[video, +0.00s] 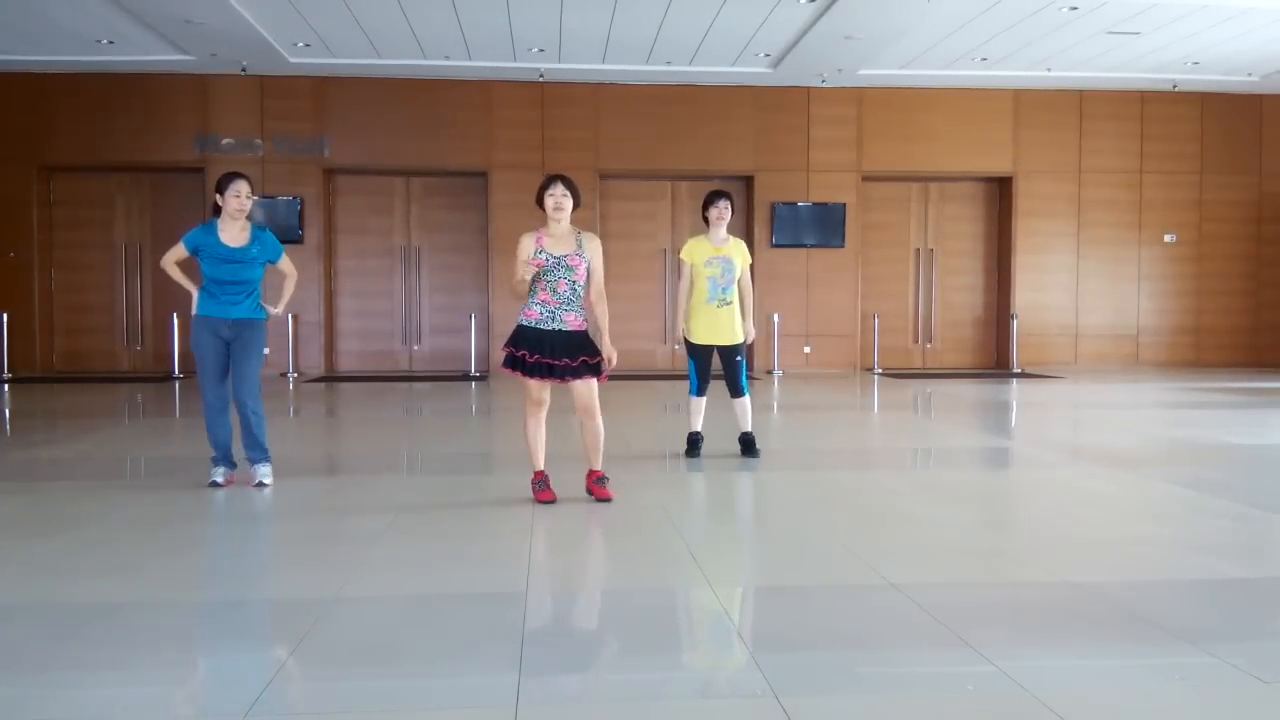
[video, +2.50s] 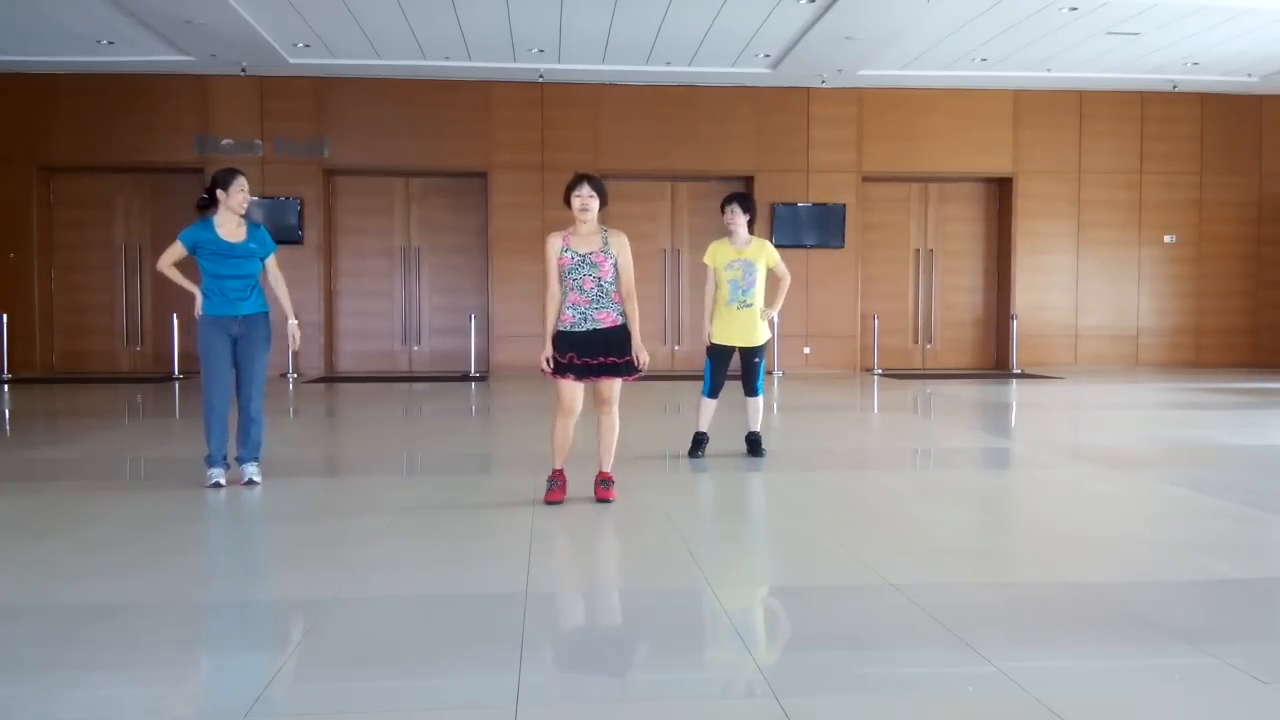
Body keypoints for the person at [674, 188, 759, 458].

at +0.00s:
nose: (721, 212)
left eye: (726, 208)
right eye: (716, 207)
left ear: (731, 214)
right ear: (706, 213)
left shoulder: (739, 247)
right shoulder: (693, 246)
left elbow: (746, 286)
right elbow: (684, 285)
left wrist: (748, 322)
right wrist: (679, 321)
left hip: (731, 327)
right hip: (698, 327)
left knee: (738, 385)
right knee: (698, 386)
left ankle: (747, 436)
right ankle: (695, 436)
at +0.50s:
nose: (741, 213)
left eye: (745, 209)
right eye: (735, 208)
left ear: (752, 215)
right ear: (726, 214)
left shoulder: (762, 248)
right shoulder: (715, 248)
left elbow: (775, 285)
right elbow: (708, 288)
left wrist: (778, 319)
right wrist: (706, 324)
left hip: (756, 328)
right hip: (724, 327)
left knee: (751, 386)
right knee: (718, 386)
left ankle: (749, 437)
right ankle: (708, 436)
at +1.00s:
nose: (739, 212)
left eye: (744, 208)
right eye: (734, 207)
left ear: (751, 213)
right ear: (725, 213)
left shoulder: (762, 247)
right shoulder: (714, 247)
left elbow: (769, 287)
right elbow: (707, 287)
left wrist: (769, 319)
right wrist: (702, 323)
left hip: (752, 328)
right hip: (720, 327)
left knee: (749, 386)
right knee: (711, 385)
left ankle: (748, 437)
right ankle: (697, 435)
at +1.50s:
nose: (718, 214)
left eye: (724, 210)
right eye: (714, 209)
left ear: (731, 217)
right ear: (705, 214)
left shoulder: (739, 249)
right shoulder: (691, 246)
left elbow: (757, 281)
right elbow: (680, 284)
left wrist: (747, 314)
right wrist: (671, 320)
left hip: (726, 329)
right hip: (692, 328)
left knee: (734, 387)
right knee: (695, 387)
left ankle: (744, 436)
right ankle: (696, 437)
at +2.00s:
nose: (719, 215)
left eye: (725, 211)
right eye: (714, 210)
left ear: (731, 218)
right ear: (706, 215)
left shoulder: (739, 249)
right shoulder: (691, 249)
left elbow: (757, 279)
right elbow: (682, 286)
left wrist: (747, 309)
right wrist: (676, 323)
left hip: (729, 328)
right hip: (696, 328)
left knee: (739, 386)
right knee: (697, 386)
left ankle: (752, 435)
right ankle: (695, 438)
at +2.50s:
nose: (729, 217)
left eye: (735, 212)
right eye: (726, 212)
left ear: (747, 216)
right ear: (722, 217)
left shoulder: (763, 248)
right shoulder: (716, 248)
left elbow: (785, 277)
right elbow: (710, 287)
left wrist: (775, 307)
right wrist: (706, 322)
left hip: (753, 327)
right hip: (721, 327)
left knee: (753, 387)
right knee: (711, 386)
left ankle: (754, 436)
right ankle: (700, 436)